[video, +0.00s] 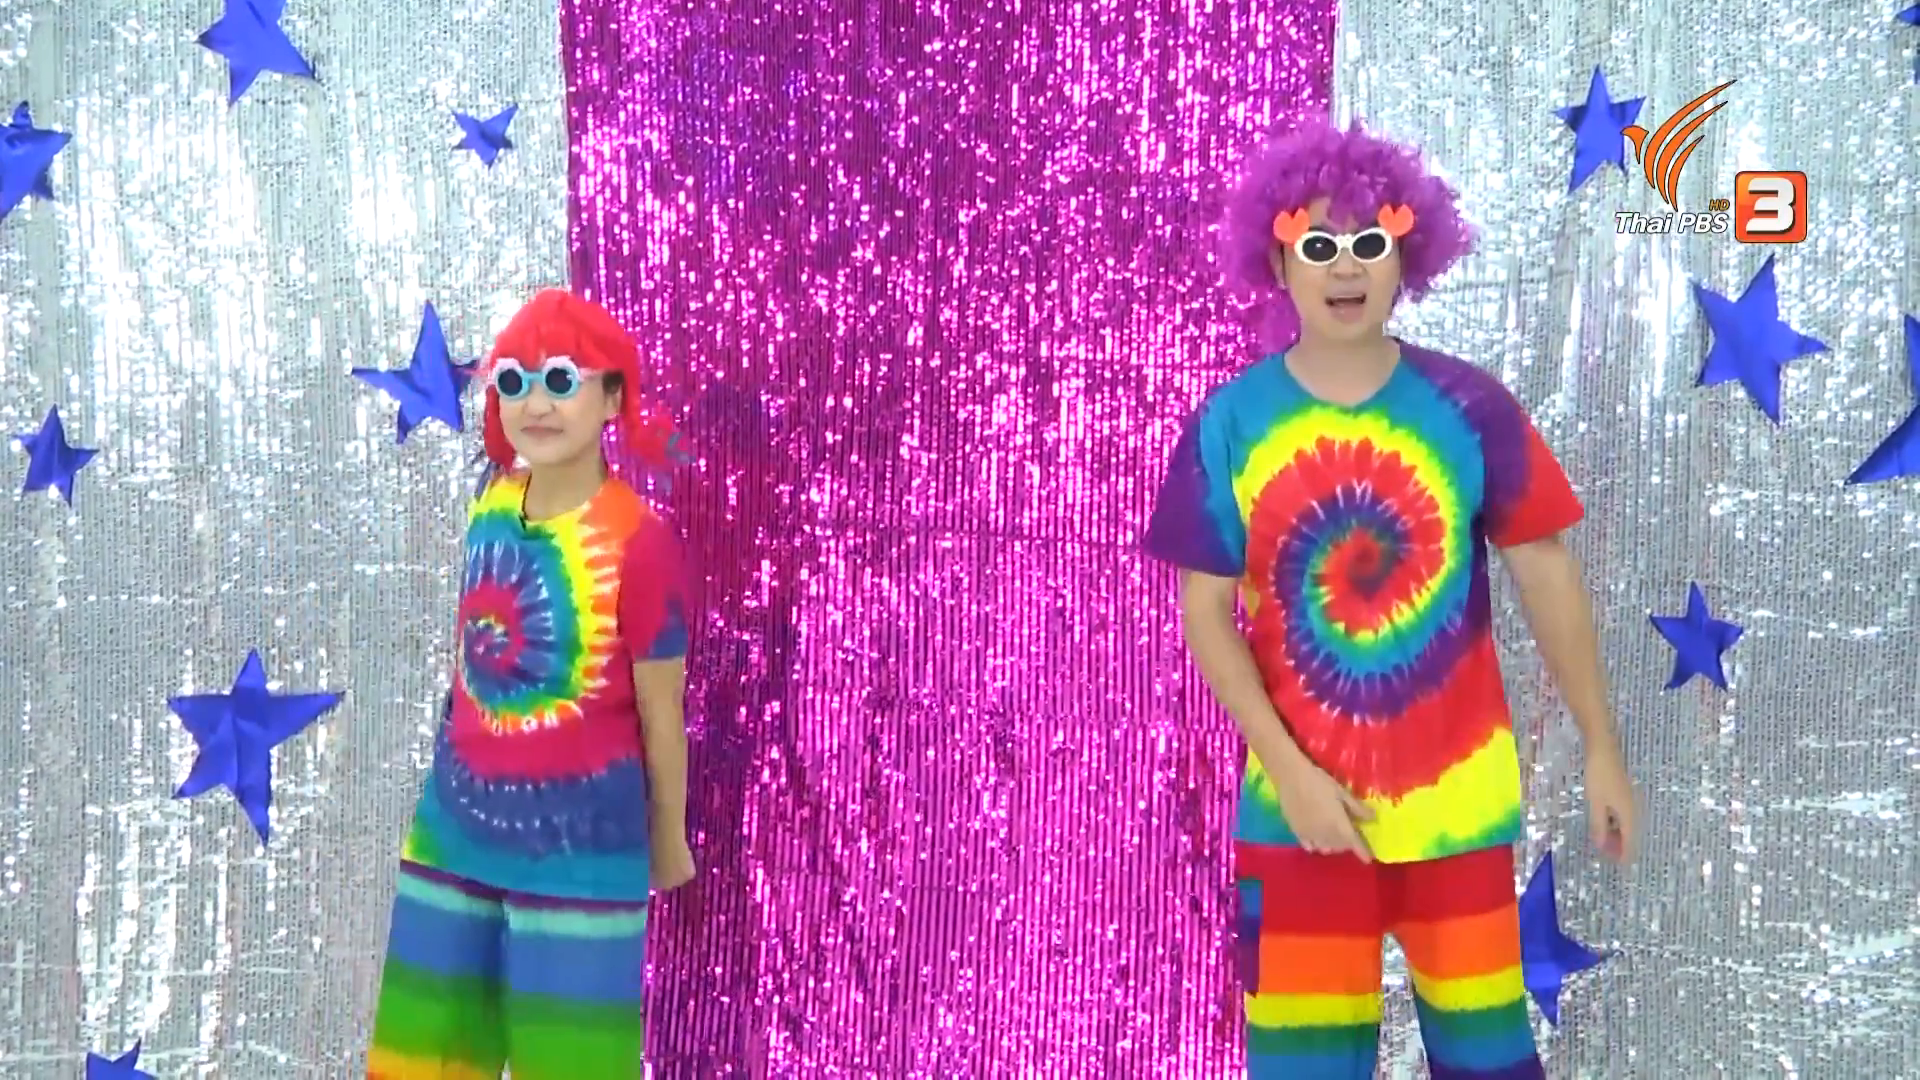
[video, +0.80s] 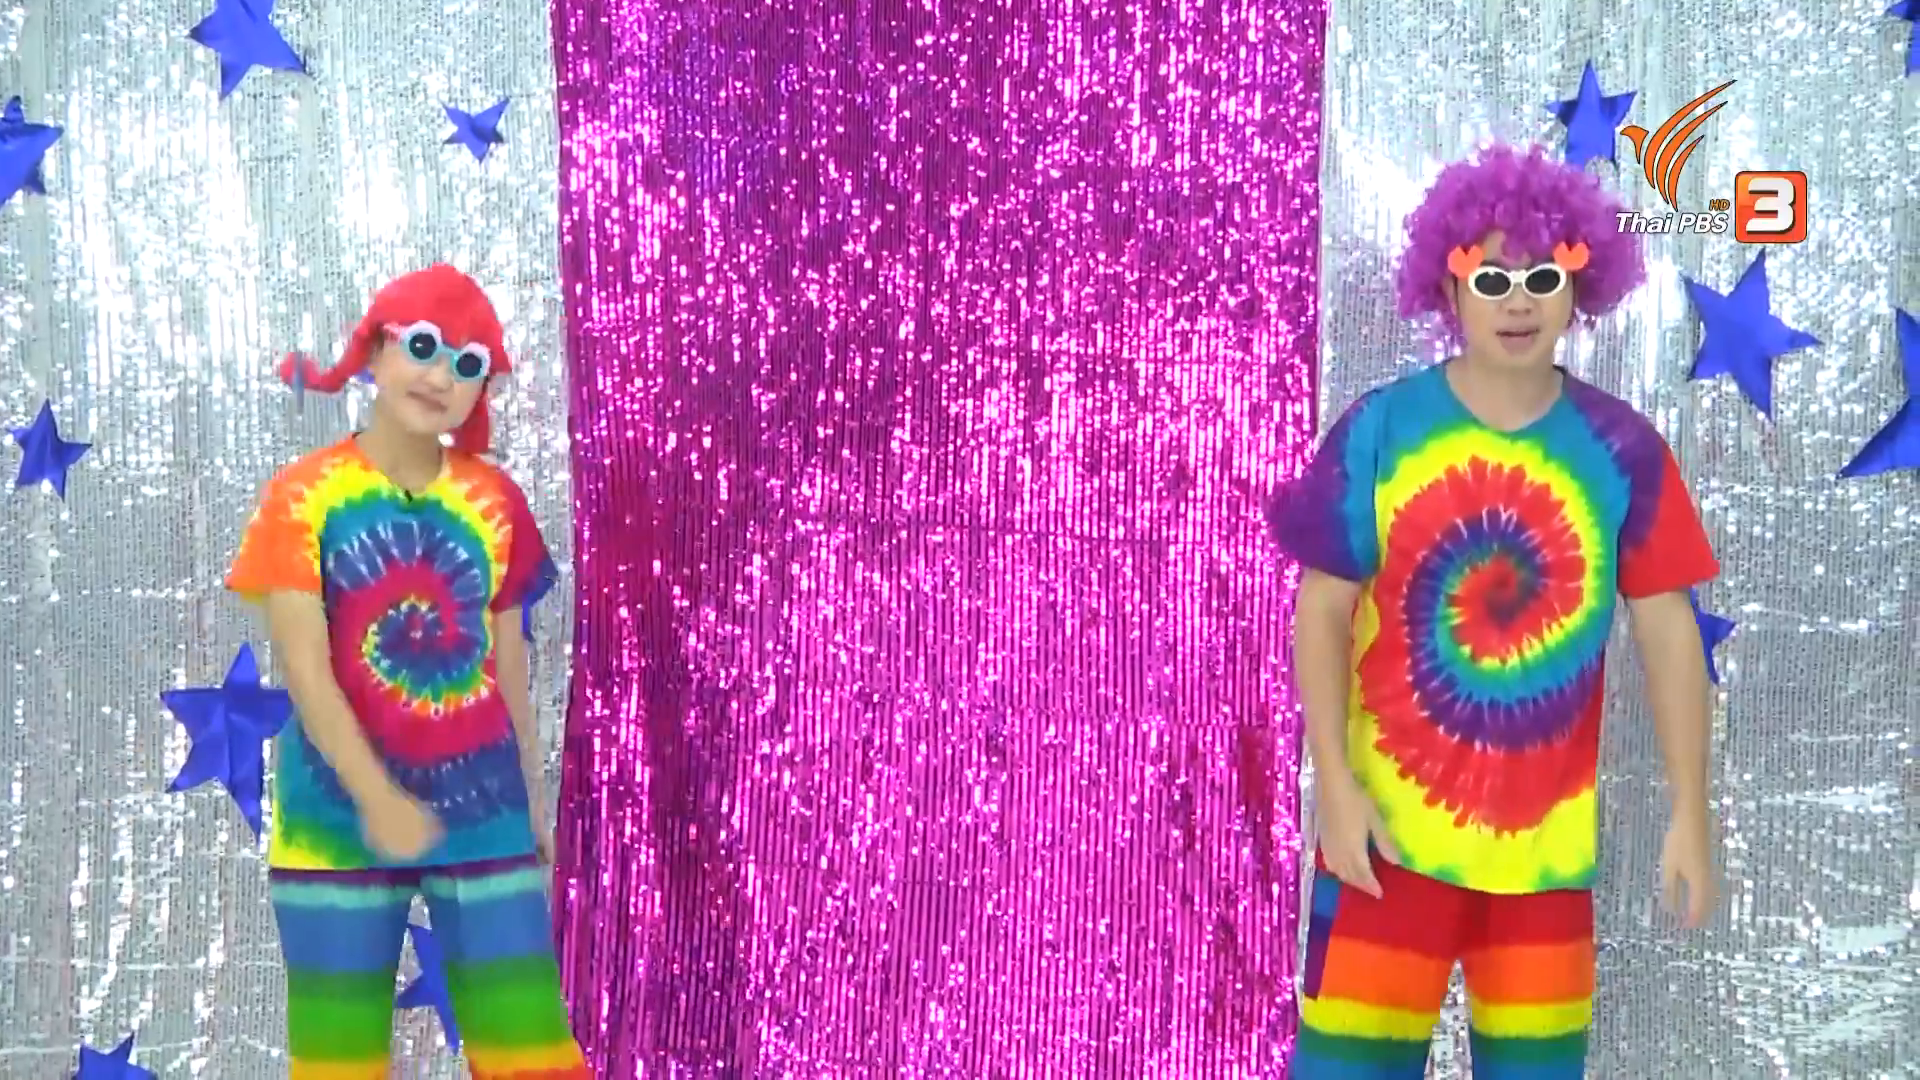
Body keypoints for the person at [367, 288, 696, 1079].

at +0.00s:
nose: (535, 402)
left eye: (561, 379)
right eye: (515, 382)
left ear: (611, 400)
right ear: (497, 405)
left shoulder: (638, 537)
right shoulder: (491, 509)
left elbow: (662, 704)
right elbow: (481, 660)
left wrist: (669, 832)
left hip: (578, 835)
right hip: (458, 822)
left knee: (567, 1054)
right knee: (424, 1049)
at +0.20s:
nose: (547, 380)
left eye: (574, 360)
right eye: (528, 358)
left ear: (618, 387)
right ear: (505, 380)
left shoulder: (649, 522)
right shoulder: (463, 487)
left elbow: (696, 688)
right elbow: (428, 613)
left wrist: (733, 836)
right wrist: (381, 700)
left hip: (577, 835)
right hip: (439, 822)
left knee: (591, 1062)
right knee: (406, 1057)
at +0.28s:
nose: (547, 383)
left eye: (575, 364)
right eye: (527, 359)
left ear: (614, 393)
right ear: (500, 379)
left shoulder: (641, 523)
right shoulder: (446, 485)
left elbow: (695, 676)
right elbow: (380, 595)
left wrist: (750, 841)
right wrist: (271, 674)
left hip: (572, 837)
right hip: (428, 826)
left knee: (588, 1061)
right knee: (395, 1058)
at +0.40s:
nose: (537, 411)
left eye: (566, 395)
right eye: (517, 385)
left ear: (597, 425)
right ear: (483, 399)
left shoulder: (624, 546)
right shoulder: (412, 513)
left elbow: (680, 699)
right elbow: (284, 609)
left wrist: (739, 850)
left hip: (547, 860)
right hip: (403, 847)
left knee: (561, 1070)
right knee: (380, 1067)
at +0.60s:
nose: (492, 394)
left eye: (520, 378)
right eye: (472, 368)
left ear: (547, 405)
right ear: (437, 381)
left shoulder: (565, 525)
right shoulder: (353, 496)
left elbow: (584, 694)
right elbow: (255, 628)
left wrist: (622, 842)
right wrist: (155, 746)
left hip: (500, 842)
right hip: (353, 836)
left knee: (533, 1065)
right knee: (352, 1066)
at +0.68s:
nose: (467, 379)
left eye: (495, 365)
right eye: (448, 353)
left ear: (518, 391)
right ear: (410, 363)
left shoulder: (536, 512)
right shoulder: (328, 489)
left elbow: (547, 681)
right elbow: (271, 641)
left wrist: (576, 825)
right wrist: (232, 775)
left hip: (493, 828)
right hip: (343, 827)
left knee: (535, 1054)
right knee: (348, 1058)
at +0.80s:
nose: (440, 377)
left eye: (466, 364)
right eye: (421, 347)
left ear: (483, 392)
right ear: (373, 358)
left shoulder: (495, 499)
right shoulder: (300, 497)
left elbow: (510, 672)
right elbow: (305, 670)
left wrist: (533, 807)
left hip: (486, 811)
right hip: (335, 819)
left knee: (530, 1051)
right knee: (339, 1059)